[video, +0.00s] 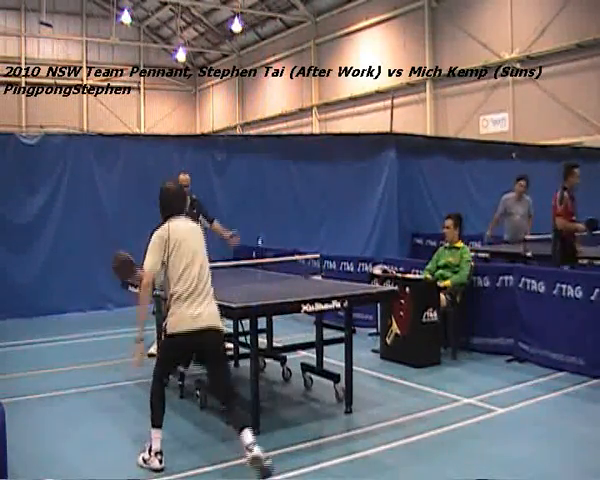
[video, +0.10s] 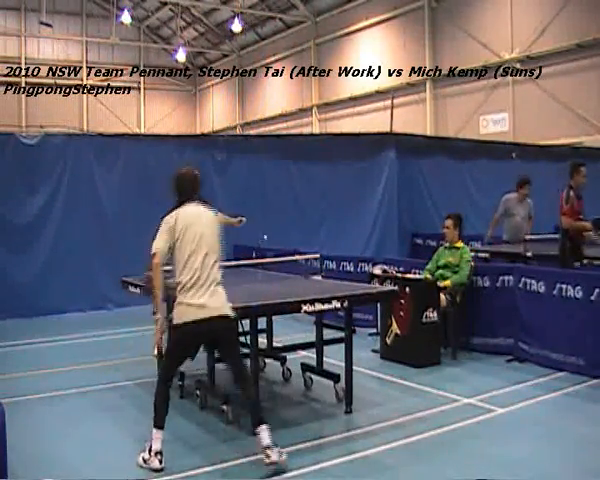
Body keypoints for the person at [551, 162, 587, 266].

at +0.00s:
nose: (578, 180)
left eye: (578, 176)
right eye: (576, 176)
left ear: (573, 177)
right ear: (569, 177)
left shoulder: (570, 195)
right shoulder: (561, 195)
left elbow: (570, 220)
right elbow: (560, 222)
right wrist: (578, 227)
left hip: (569, 241)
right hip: (562, 241)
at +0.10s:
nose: (585, 180)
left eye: (585, 176)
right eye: (583, 176)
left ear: (577, 176)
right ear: (575, 176)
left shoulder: (577, 194)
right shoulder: (568, 194)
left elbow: (578, 219)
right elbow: (566, 222)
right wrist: (585, 225)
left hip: (576, 240)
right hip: (568, 241)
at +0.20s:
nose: (589, 180)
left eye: (590, 177)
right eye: (587, 177)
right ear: (578, 177)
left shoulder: (582, 195)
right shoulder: (573, 195)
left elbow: (582, 218)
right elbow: (570, 222)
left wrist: (591, 225)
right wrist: (589, 225)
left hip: (582, 240)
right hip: (574, 240)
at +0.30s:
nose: (598, 183)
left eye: (598, 180)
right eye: (595, 179)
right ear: (587, 178)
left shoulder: (588, 195)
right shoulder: (581, 195)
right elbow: (581, 225)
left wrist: (595, 224)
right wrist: (596, 225)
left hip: (589, 242)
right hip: (582, 243)